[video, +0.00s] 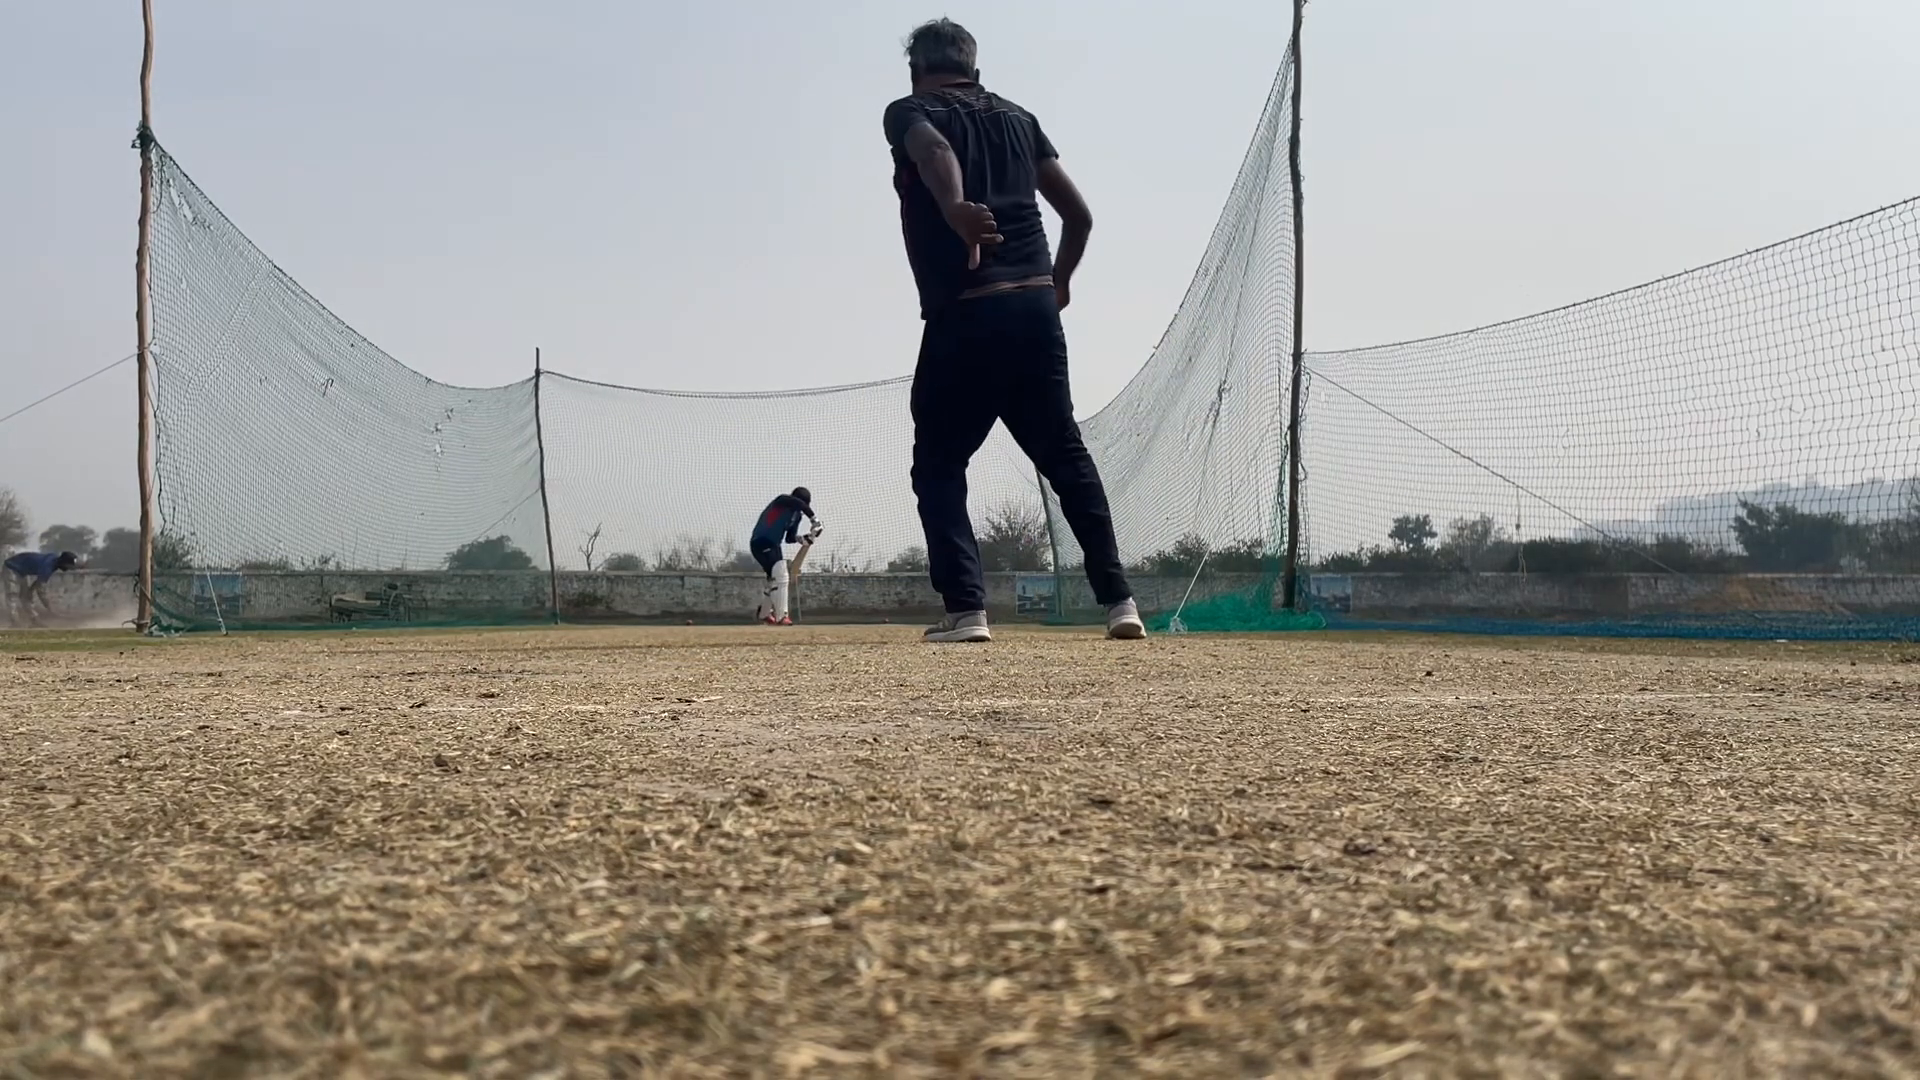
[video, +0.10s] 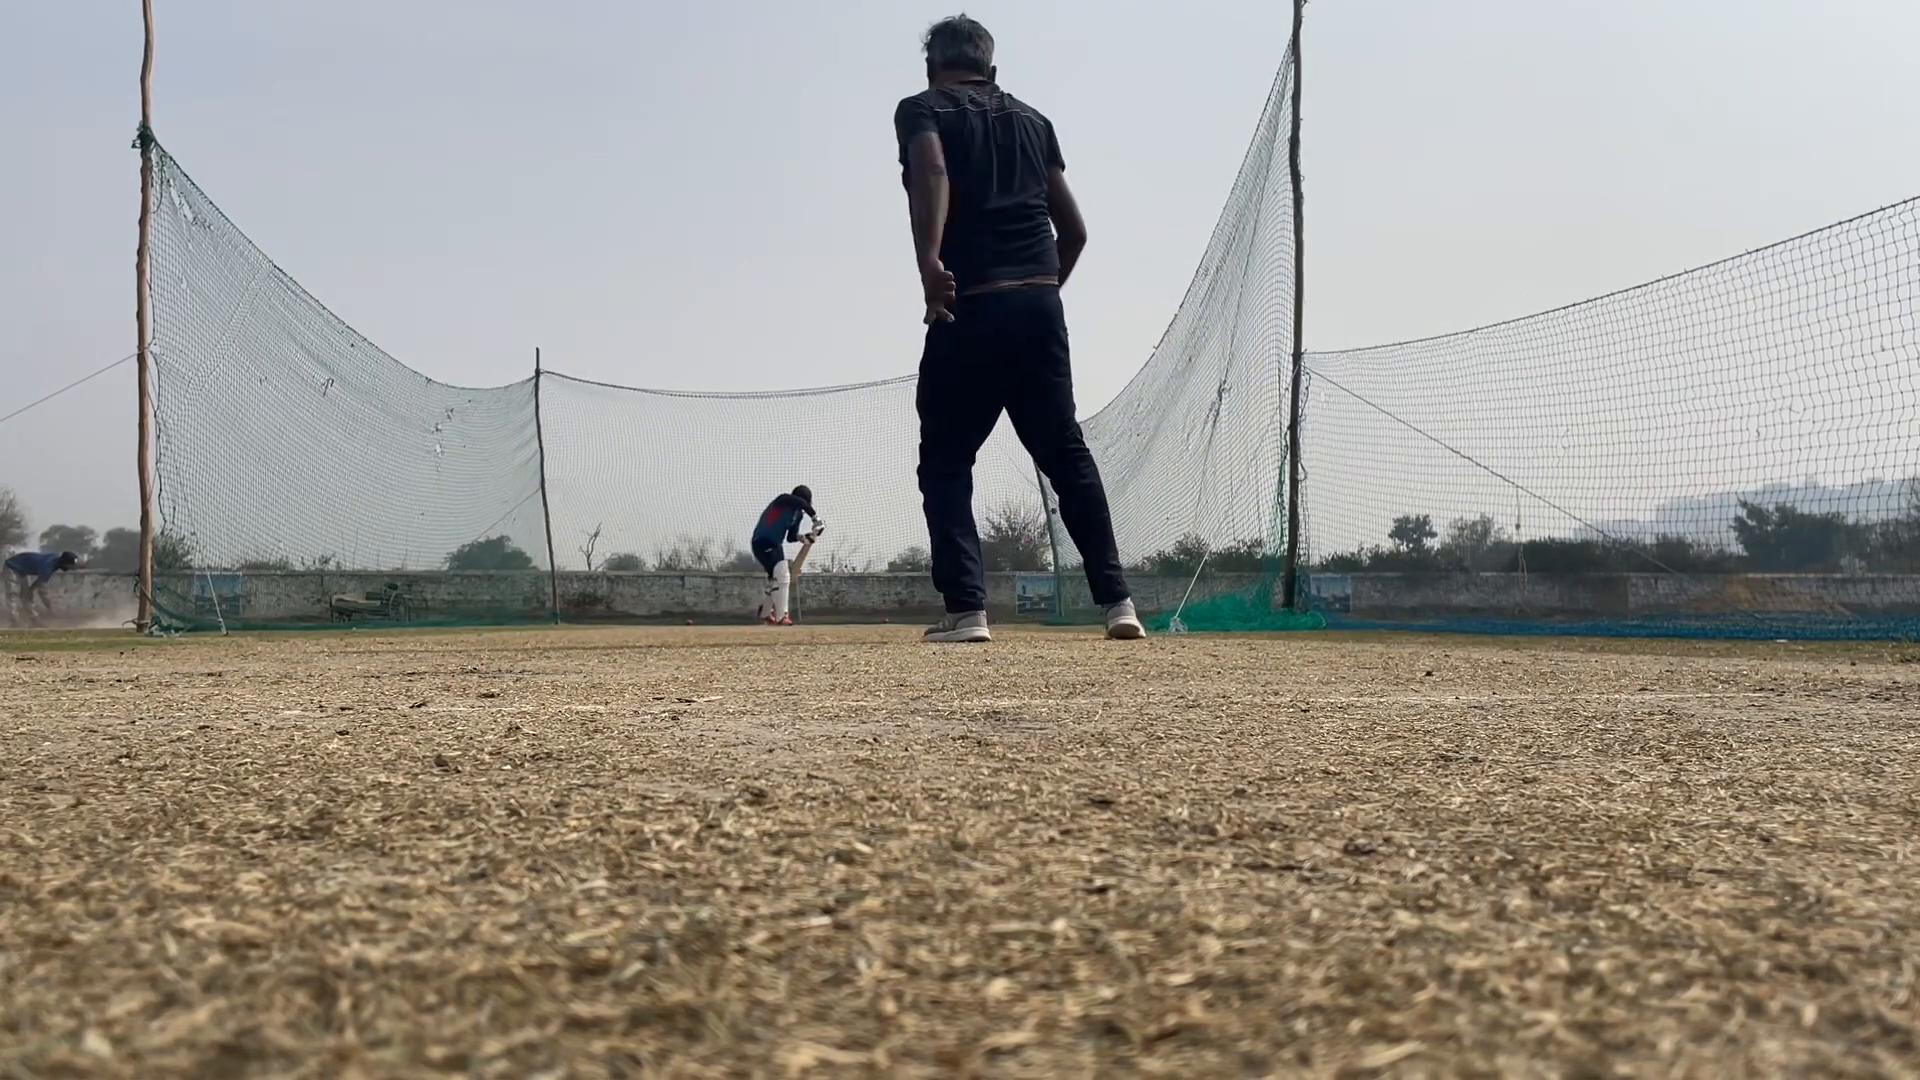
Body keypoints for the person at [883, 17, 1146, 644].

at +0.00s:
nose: (912, 82)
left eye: (912, 74)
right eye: (917, 76)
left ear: (918, 72)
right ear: (974, 71)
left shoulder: (909, 109)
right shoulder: (1016, 117)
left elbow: (937, 151)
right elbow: (1078, 216)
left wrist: (953, 208)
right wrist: (1060, 279)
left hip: (966, 320)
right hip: (1038, 316)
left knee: (937, 467)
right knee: (1066, 455)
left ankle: (966, 612)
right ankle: (1119, 603)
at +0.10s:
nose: (930, 75)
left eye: (929, 67)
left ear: (931, 66)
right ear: (992, 69)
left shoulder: (922, 106)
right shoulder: (1031, 120)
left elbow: (930, 170)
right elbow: (1074, 232)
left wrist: (928, 260)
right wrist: (1043, 288)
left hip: (969, 316)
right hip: (1040, 313)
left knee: (944, 465)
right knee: (1066, 452)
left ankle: (966, 614)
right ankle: (1118, 604)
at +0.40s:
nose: (973, 76)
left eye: (972, 67)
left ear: (970, 66)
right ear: (1031, 70)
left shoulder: (945, 110)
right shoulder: (1069, 123)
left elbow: (889, 215)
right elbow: (1101, 237)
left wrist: (901, 243)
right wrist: (1076, 297)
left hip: (987, 311)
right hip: (1066, 310)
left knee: (958, 460)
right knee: (1086, 456)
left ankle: (966, 613)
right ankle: (1122, 610)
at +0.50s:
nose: (991, 78)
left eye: (989, 69)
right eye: (1038, 71)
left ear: (986, 66)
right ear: (1048, 71)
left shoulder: (959, 110)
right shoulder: (1083, 122)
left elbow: (900, 217)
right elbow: (1124, 234)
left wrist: (933, 194)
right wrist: (1116, 317)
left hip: (997, 312)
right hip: (1076, 311)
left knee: (965, 459)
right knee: (1095, 456)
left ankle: (966, 613)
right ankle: (1123, 611)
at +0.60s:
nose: (1013, 78)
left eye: (1010, 69)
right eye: (1064, 73)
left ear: (1006, 67)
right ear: (1067, 73)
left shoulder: (977, 110)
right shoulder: (1100, 122)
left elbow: (923, 214)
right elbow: (1143, 229)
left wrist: (959, 165)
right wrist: (1154, 327)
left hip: (1012, 304)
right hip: (1091, 304)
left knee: (979, 458)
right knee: (1101, 453)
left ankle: (966, 613)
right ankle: (1123, 611)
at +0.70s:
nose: (1035, 80)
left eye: (1032, 70)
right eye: (1088, 76)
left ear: (1028, 68)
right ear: (1089, 76)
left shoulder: (998, 110)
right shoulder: (1120, 124)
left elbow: (947, 211)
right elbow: (1161, 227)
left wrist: (984, 156)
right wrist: (1183, 330)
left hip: (1031, 300)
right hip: (1107, 303)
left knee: (997, 452)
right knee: (1111, 451)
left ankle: (968, 611)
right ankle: (1124, 610)